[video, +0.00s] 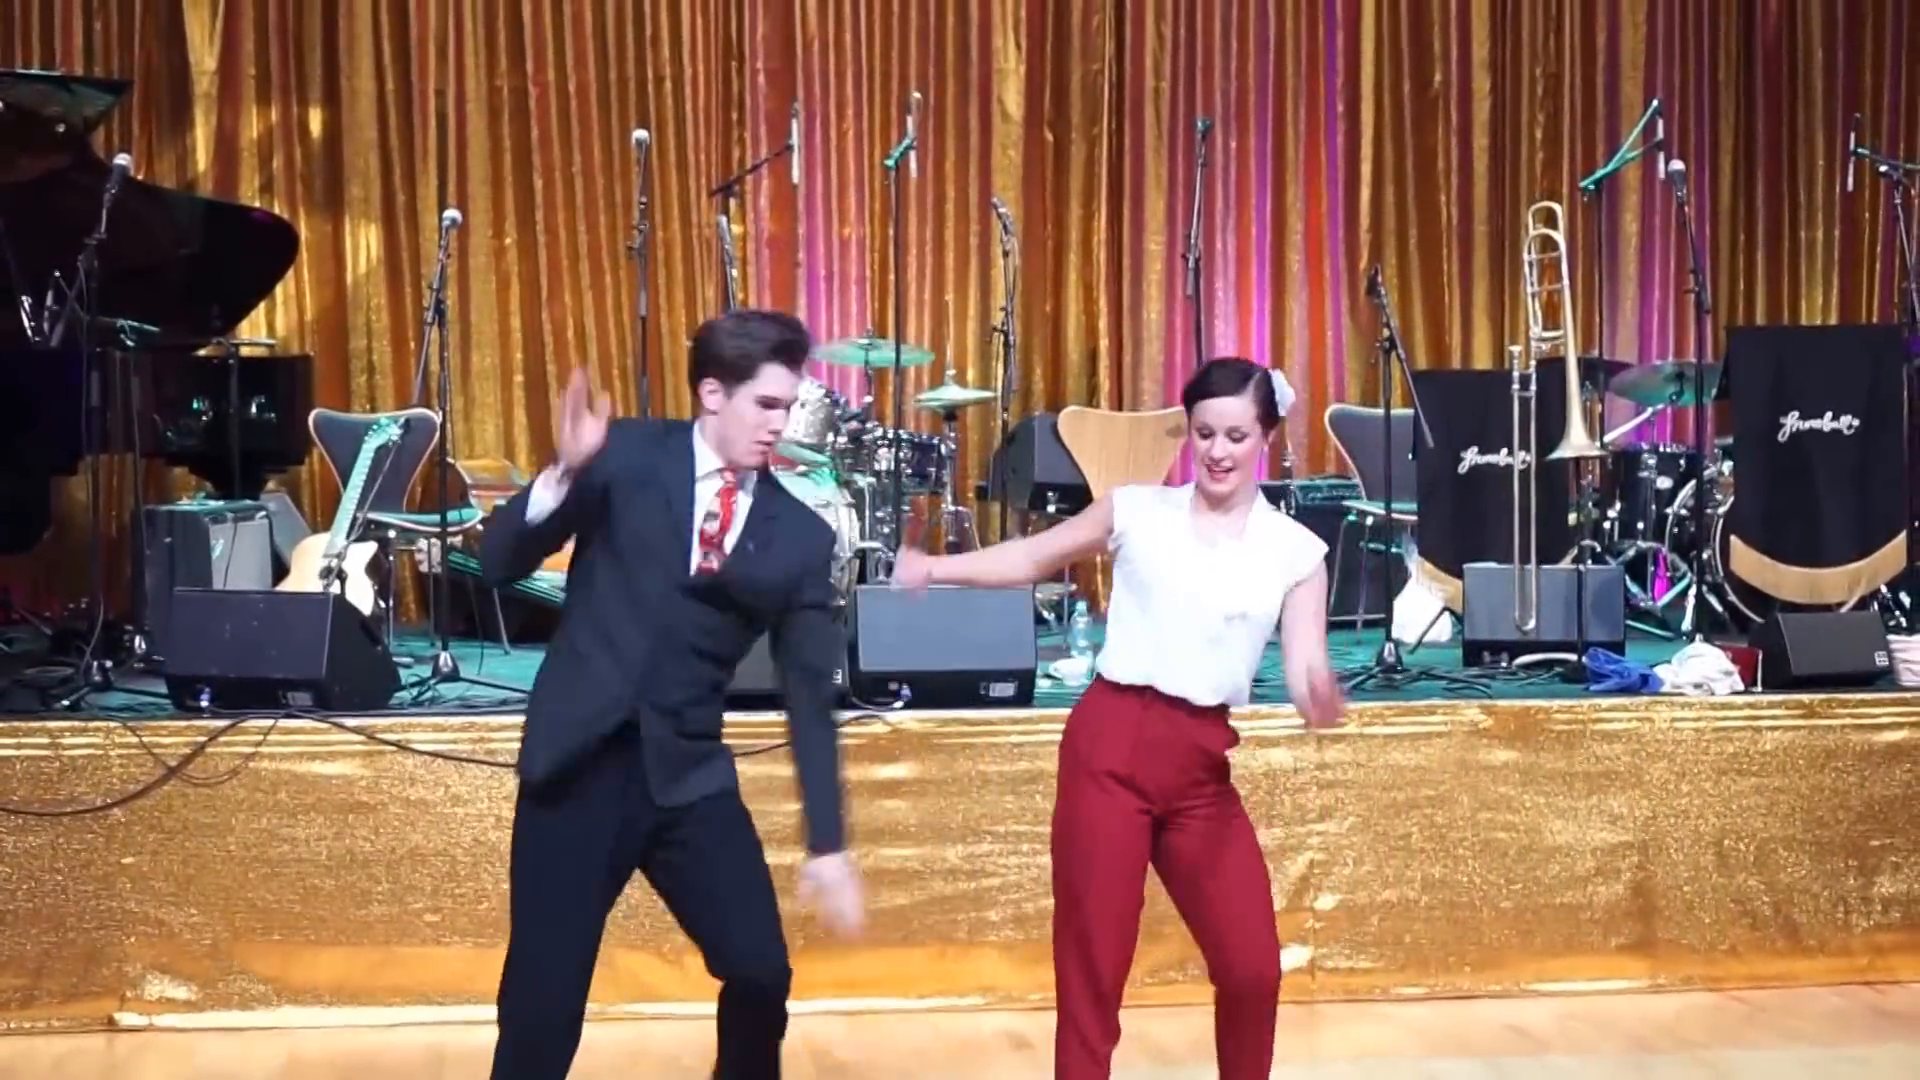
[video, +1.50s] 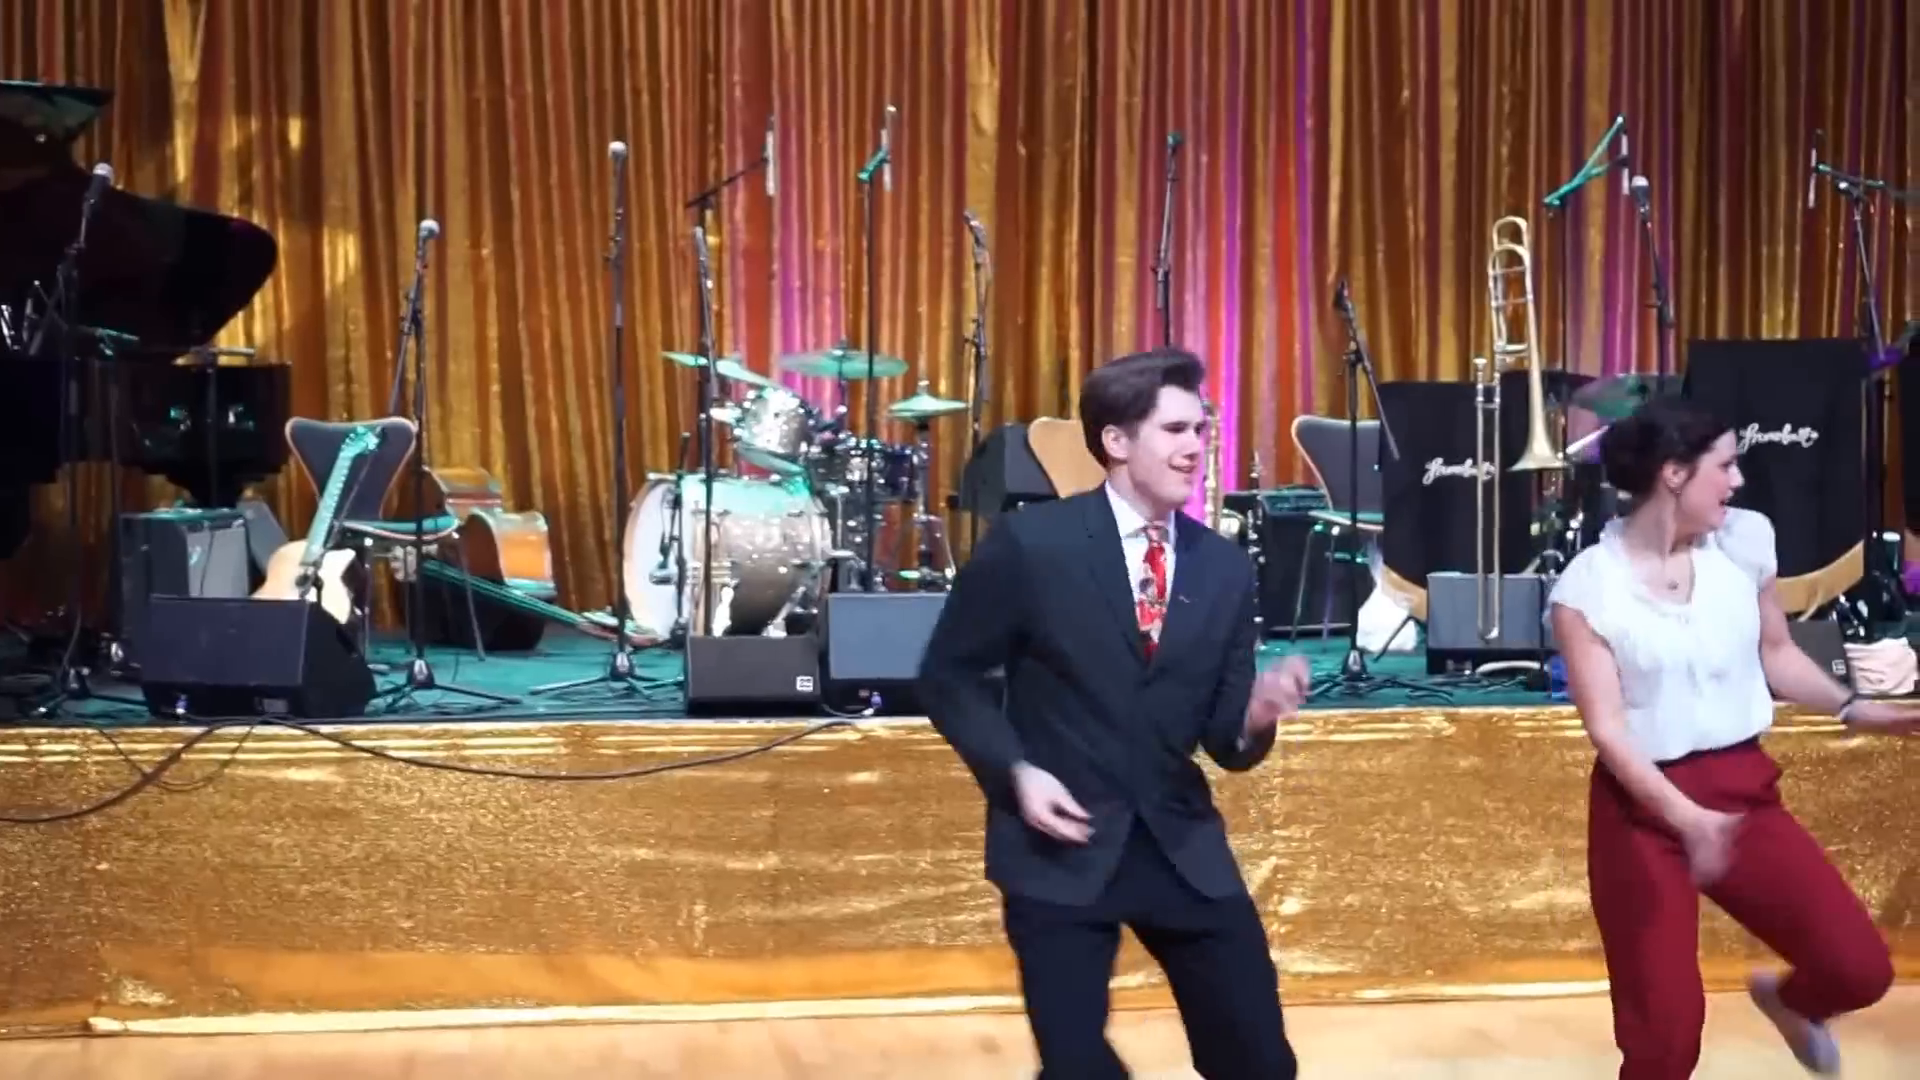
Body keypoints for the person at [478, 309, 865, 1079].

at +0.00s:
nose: (783, 425)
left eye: (791, 407)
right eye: (768, 404)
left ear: (796, 406)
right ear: (710, 395)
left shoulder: (799, 537)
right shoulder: (617, 452)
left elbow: (809, 700)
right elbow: (499, 562)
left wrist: (827, 847)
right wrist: (559, 473)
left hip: (692, 777)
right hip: (577, 768)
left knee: (760, 975)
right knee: (540, 1021)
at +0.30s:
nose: (715, 427)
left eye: (726, 408)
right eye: (696, 409)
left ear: (739, 402)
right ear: (644, 403)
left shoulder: (759, 494)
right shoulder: (579, 517)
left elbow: (779, 603)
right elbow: (583, 692)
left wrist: (829, 683)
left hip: (710, 802)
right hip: (600, 798)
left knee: (653, 1030)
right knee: (567, 1019)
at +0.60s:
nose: (814, 448)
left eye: (821, 427)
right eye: (793, 432)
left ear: (832, 418)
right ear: (735, 433)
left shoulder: (873, 516)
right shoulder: (667, 528)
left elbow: (878, 662)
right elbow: (673, 701)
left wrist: (837, 774)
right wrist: (654, 662)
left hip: (809, 795)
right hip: (706, 793)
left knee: (708, 1040)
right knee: (767, 1044)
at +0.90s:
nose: (851, 464)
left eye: (863, 441)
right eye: (840, 448)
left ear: (923, 424)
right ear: (832, 446)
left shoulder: (1044, 478)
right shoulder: (845, 538)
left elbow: (1092, 587)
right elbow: (781, 667)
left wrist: (1103, 689)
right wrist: (762, 549)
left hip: (1063, 811)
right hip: (931, 818)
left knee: (1137, 1048)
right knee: (852, 1040)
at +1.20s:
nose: (964, 455)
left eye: (977, 432)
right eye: (957, 438)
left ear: (1041, 420)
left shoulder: (1158, 452)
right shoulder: (974, 543)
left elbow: (1238, 516)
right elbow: (925, 682)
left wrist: (1243, 617)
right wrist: (922, 575)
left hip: (1222, 782)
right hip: (1099, 799)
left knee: (1278, 1025)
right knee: (1035, 1041)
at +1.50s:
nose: (1194, 447)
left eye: (1201, 429)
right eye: (1175, 428)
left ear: (1210, 438)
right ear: (1115, 444)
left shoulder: (1225, 567)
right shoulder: (1027, 546)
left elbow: (1228, 742)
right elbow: (947, 674)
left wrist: (1257, 721)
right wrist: (1015, 772)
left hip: (1181, 844)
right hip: (1056, 846)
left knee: (1257, 1059)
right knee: (1073, 1061)